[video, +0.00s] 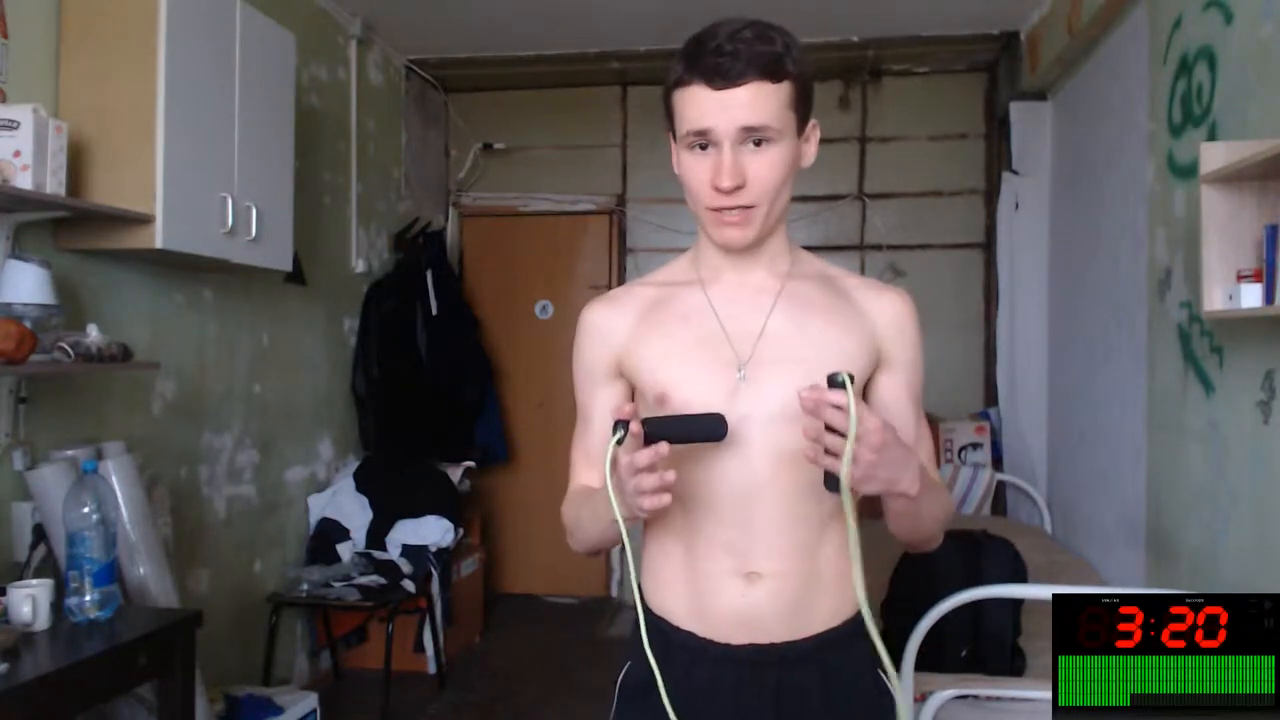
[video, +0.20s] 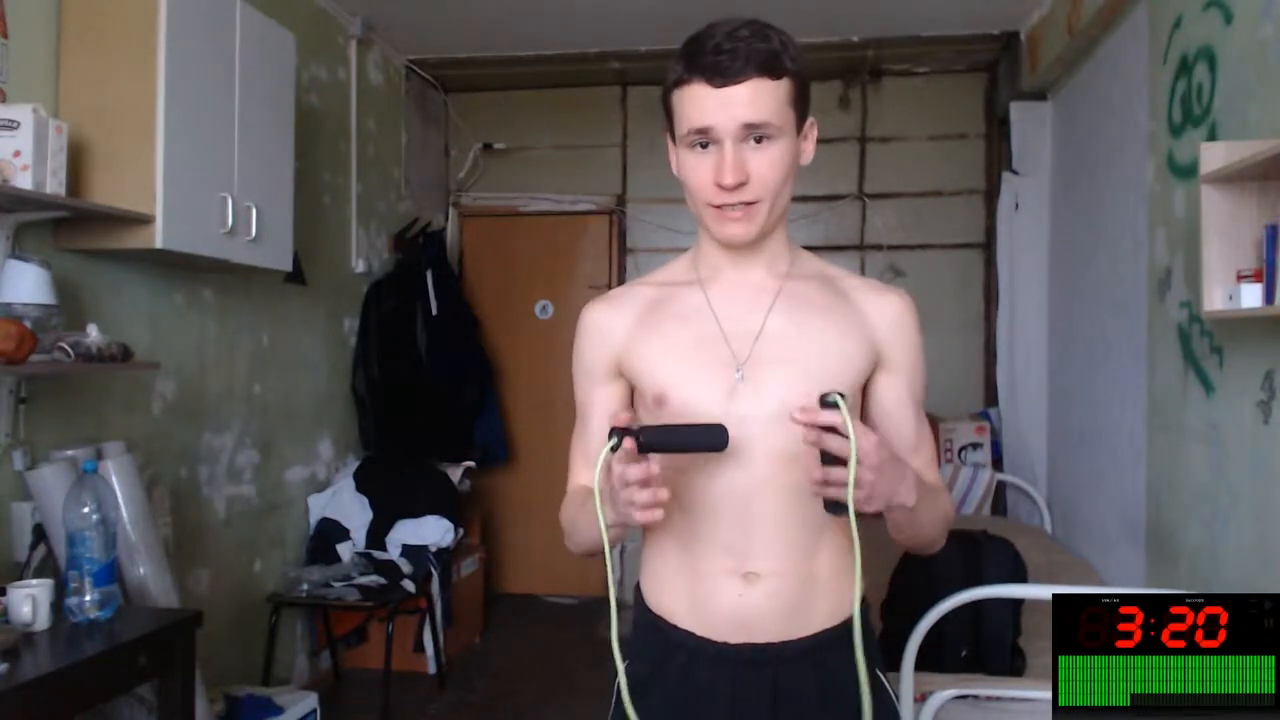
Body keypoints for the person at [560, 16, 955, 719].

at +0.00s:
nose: (727, 176)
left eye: (756, 141)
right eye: (701, 145)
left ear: (806, 146)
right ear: (674, 156)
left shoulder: (879, 314)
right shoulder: (614, 323)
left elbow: (925, 532)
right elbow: (579, 529)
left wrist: (904, 477)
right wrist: (615, 500)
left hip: (835, 675)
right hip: (676, 678)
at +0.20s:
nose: (730, 174)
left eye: (757, 138)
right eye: (702, 143)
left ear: (805, 145)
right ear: (673, 158)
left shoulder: (878, 315)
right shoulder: (614, 322)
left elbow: (929, 533)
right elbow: (576, 527)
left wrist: (900, 488)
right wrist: (610, 506)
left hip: (828, 671)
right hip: (673, 670)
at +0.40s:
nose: (729, 165)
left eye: (755, 130)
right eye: (700, 137)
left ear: (802, 140)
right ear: (671, 159)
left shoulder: (879, 314)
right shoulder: (614, 321)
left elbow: (931, 530)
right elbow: (581, 518)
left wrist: (883, 479)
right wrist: (611, 512)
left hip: (827, 675)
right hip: (671, 673)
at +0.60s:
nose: (727, 140)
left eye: (751, 111)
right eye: (696, 120)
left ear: (796, 138)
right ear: (668, 159)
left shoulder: (878, 311)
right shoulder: (611, 322)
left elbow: (940, 526)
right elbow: (585, 535)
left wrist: (862, 469)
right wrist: (603, 494)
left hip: (829, 676)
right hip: (671, 674)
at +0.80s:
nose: (721, 149)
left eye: (745, 119)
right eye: (691, 128)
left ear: (788, 140)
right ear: (661, 163)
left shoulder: (874, 313)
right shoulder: (611, 328)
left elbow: (939, 521)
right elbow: (572, 535)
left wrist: (853, 493)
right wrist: (596, 515)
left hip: (826, 676)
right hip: (669, 674)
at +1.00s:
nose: (713, 144)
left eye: (737, 115)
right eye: (682, 125)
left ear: (779, 140)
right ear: (654, 163)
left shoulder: (870, 310)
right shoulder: (607, 332)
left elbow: (932, 516)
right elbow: (587, 498)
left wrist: (835, 504)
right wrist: (581, 527)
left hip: (825, 677)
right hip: (667, 676)